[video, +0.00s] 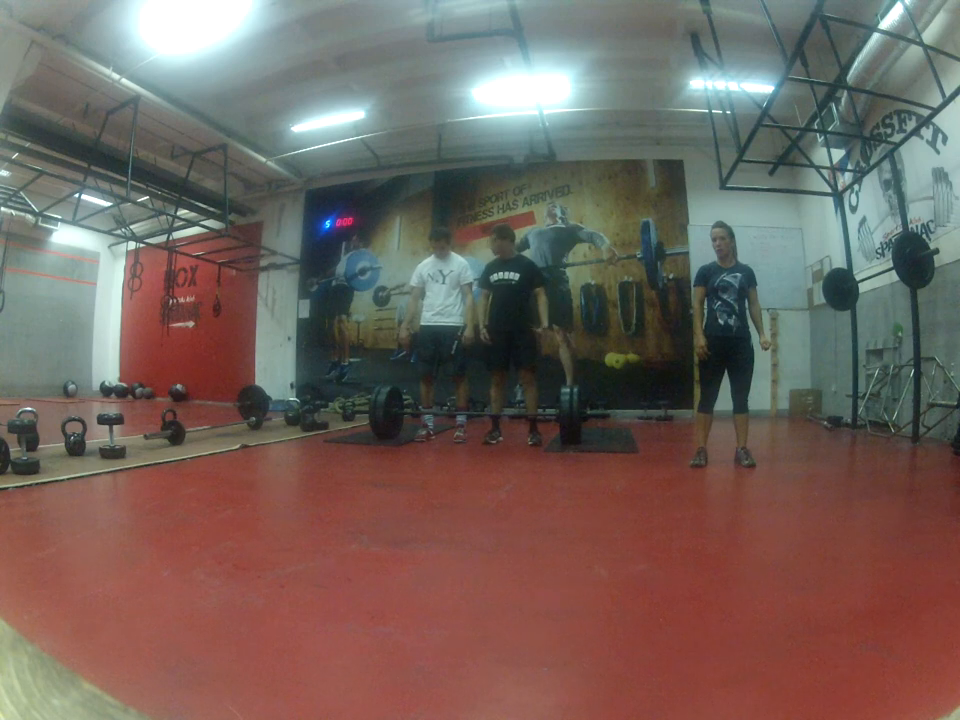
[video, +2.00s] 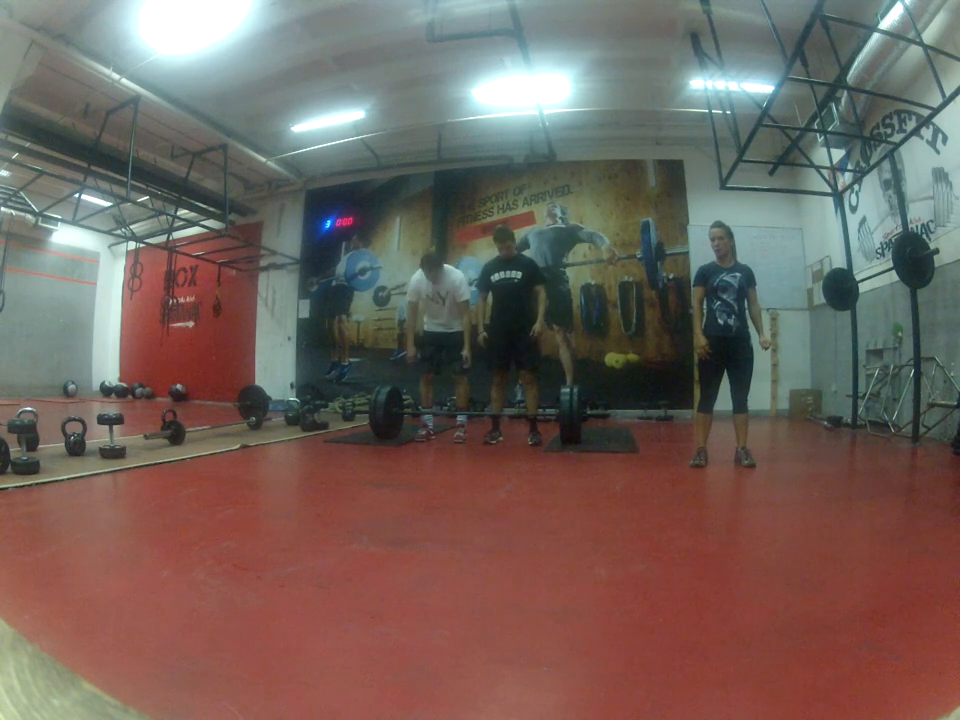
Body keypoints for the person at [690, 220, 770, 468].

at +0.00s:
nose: (718, 243)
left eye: (722, 239)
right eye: (714, 240)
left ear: (732, 241)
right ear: (711, 244)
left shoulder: (746, 272)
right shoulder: (705, 272)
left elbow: (754, 305)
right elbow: (697, 306)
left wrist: (761, 333)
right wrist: (698, 336)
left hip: (740, 343)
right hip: (712, 342)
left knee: (740, 399)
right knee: (707, 399)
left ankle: (742, 449)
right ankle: (701, 450)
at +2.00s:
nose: (717, 243)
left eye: (721, 238)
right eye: (713, 240)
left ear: (731, 241)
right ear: (710, 244)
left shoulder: (745, 272)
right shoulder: (704, 272)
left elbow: (753, 305)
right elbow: (697, 306)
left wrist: (761, 333)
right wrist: (698, 335)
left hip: (739, 343)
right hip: (711, 342)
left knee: (740, 399)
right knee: (706, 398)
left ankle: (742, 449)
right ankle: (701, 449)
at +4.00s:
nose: (706, 245)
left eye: (710, 241)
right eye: (705, 241)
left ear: (725, 241)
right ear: (709, 244)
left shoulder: (745, 271)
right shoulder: (704, 271)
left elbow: (754, 304)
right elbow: (697, 306)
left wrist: (761, 333)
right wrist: (697, 335)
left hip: (739, 342)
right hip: (711, 342)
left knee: (740, 399)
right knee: (706, 399)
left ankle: (742, 449)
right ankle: (700, 450)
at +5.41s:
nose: (706, 245)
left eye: (709, 241)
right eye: (705, 242)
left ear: (725, 241)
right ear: (710, 244)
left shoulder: (745, 271)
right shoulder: (704, 271)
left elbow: (753, 304)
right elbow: (696, 306)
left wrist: (761, 333)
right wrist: (697, 335)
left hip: (739, 342)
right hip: (711, 342)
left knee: (740, 399)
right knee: (706, 399)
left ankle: (742, 449)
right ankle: (700, 450)